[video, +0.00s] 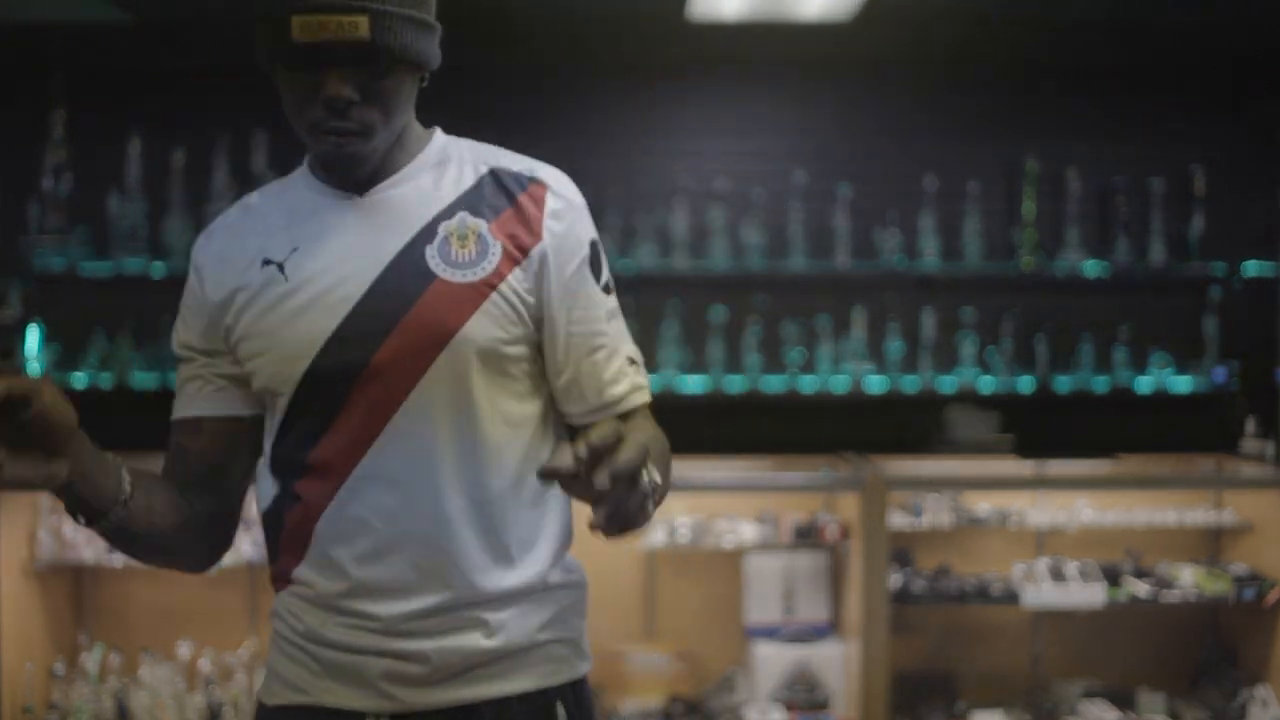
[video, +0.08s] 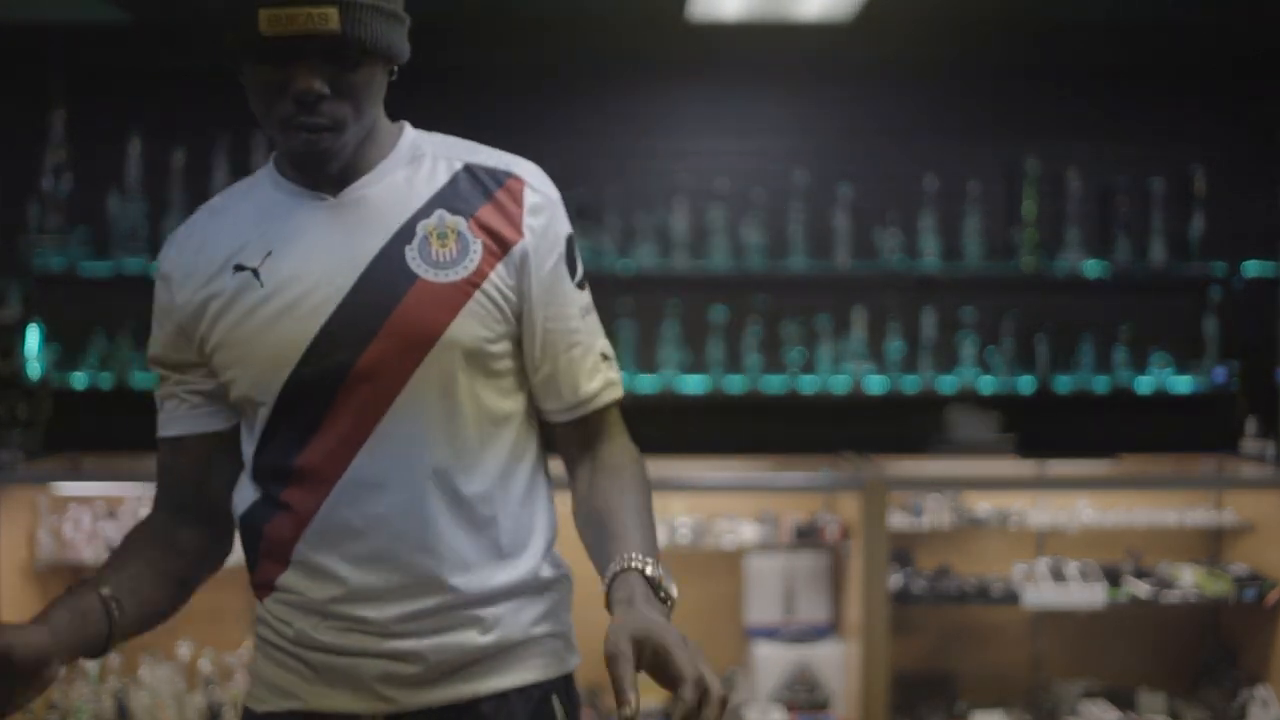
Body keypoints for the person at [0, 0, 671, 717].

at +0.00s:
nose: (338, 91)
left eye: (369, 65)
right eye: (312, 64)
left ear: (421, 69)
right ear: (281, 75)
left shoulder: (532, 204)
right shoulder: (230, 250)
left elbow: (624, 438)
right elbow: (199, 524)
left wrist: (625, 470)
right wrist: (79, 465)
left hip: (514, 672)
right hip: (320, 677)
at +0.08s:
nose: (307, 84)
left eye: (339, 55)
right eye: (278, 58)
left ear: (393, 61)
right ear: (248, 73)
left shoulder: (507, 198)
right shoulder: (198, 256)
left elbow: (593, 431)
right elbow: (188, 514)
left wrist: (635, 589)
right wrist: (50, 638)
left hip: (502, 671)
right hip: (306, 679)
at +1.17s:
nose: (685, 128)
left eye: (714, 97)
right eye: (650, 94)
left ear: (746, 82)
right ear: (588, 70)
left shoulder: (818, 224)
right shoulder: (478, 223)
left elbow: (866, 506)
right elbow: (420, 504)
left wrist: (922, 706)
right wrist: (363, 710)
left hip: (747, 688)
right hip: (536, 686)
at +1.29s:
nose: (730, 131)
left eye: (760, 101)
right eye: (698, 97)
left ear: (794, 82)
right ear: (632, 65)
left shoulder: (858, 224)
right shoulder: (519, 214)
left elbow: (901, 505)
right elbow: (459, 496)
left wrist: (947, 707)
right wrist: (399, 713)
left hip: (771, 695)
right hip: (557, 693)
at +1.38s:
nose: (746, 132)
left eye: (779, 103)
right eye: (714, 98)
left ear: (816, 82)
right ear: (653, 67)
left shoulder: (874, 226)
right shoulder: (537, 211)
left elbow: (913, 503)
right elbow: (475, 490)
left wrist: (963, 708)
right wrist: (413, 712)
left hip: (780, 693)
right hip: (569, 691)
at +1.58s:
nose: (759, 136)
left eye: (791, 106)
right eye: (726, 102)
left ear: (827, 84)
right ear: (667, 68)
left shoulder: (881, 228)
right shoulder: (549, 210)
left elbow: (908, 503)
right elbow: (481, 485)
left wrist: (952, 708)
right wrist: (418, 710)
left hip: (788, 689)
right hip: (582, 686)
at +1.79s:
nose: (723, 127)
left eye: (754, 94)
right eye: (690, 92)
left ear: (790, 80)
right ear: (634, 71)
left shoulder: (850, 227)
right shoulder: (523, 217)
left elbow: (877, 498)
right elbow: (466, 487)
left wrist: (926, 708)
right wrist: (409, 710)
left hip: (768, 689)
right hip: (564, 690)